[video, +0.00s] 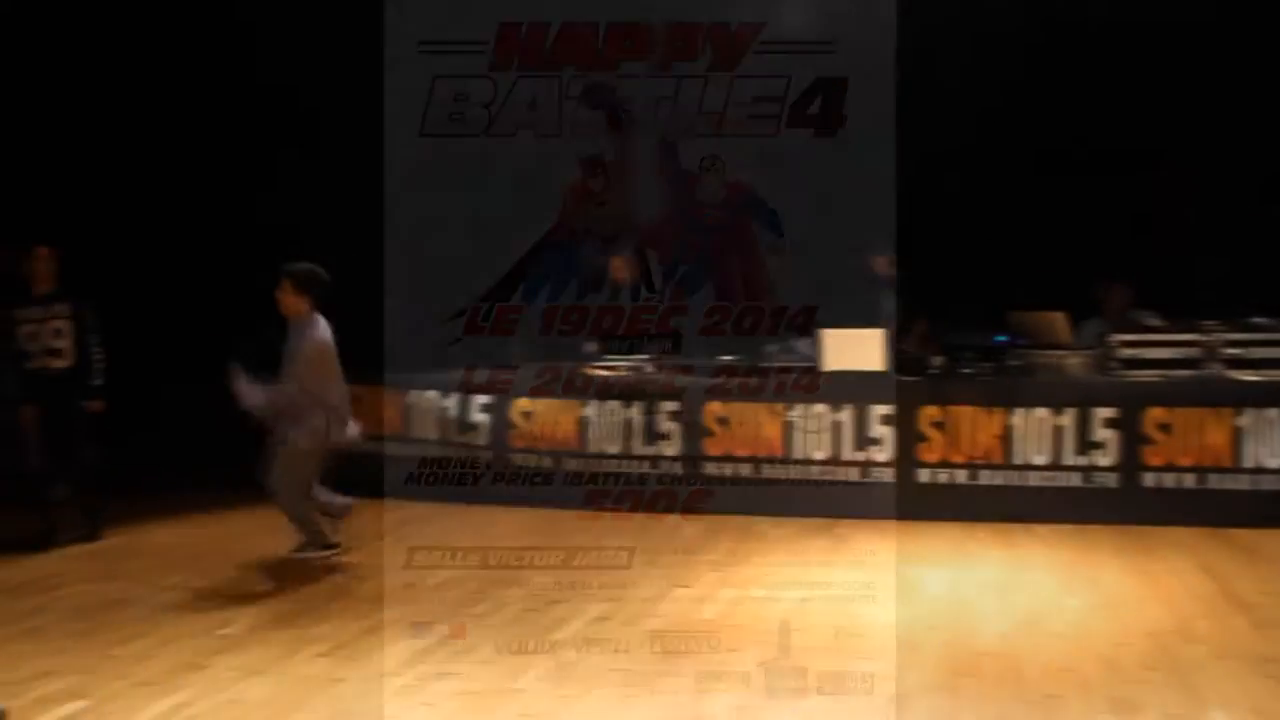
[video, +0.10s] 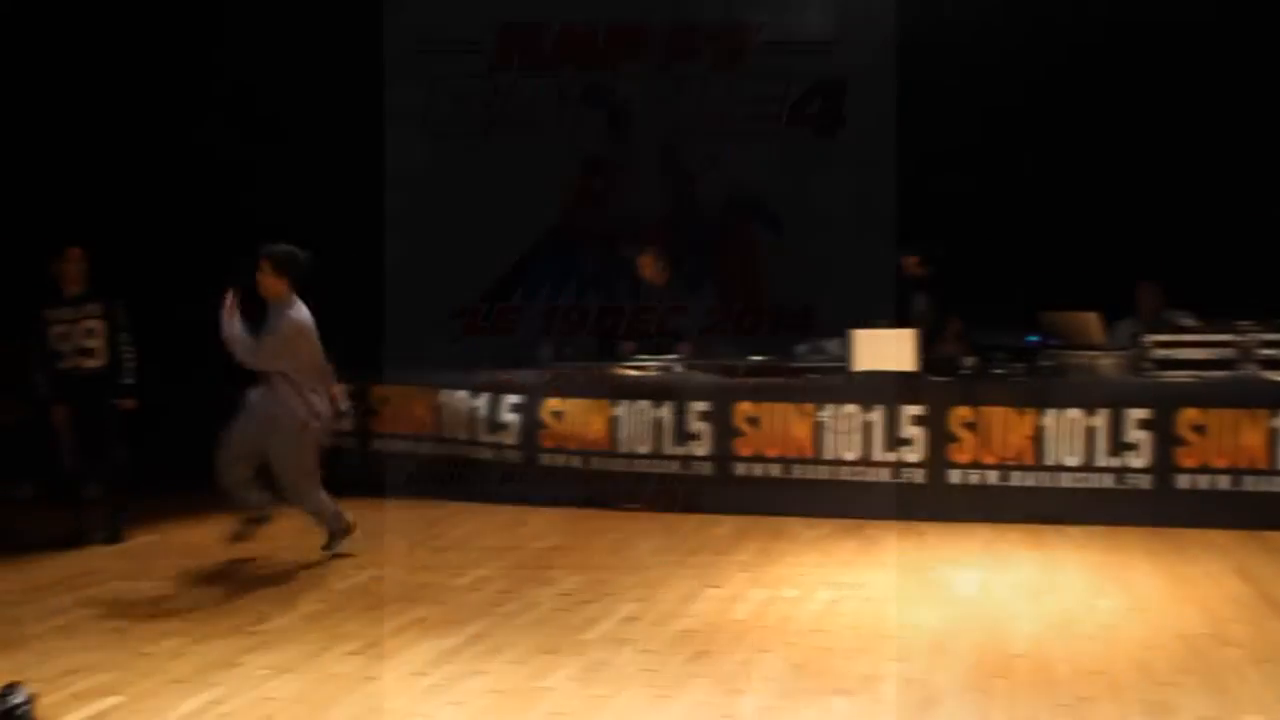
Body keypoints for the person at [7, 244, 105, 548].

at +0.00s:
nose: (43, 269)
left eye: (47, 263)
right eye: (38, 263)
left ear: (56, 267)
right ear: (29, 268)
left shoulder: (72, 304)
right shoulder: (20, 309)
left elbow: (92, 350)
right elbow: (14, 356)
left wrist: (94, 389)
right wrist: (17, 393)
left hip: (71, 391)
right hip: (35, 395)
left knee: (79, 456)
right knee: (43, 459)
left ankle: (88, 519)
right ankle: (48, 523)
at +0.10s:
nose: (74, 271)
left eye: (79, 264)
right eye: (69, 264)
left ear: (87, 269)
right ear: (59, 269)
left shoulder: (104, 306)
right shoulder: (51, 311)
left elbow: (123, 349)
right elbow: (43, 357)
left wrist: (125, 387)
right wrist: (49, 394)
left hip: (103, 393)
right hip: (67, 396)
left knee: (108, 457)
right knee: (74, 460)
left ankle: (112, 520)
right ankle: (80, 522)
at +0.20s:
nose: (110, 270)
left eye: (114, 264)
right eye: (104, 264)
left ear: (122, 268)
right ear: (94, 269)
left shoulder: (140, 305)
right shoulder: (87, 312)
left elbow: (159, 347)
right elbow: (81, 357)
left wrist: (161, 385)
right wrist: (88, 391)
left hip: (139, 390)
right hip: (104, 392)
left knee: (140, 456)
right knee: (111, 458)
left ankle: (139, 520)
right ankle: (117, 521)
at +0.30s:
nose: (145, 272)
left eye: (150, 265)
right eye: (139, 265)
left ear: (159, 270)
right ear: (131, 271)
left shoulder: (174, 307)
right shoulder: (124, 312)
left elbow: (192, 346)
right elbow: (119, 353)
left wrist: (196, 380)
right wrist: (124, 384)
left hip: (175, 381)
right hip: (140, 382)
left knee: (177, 436)